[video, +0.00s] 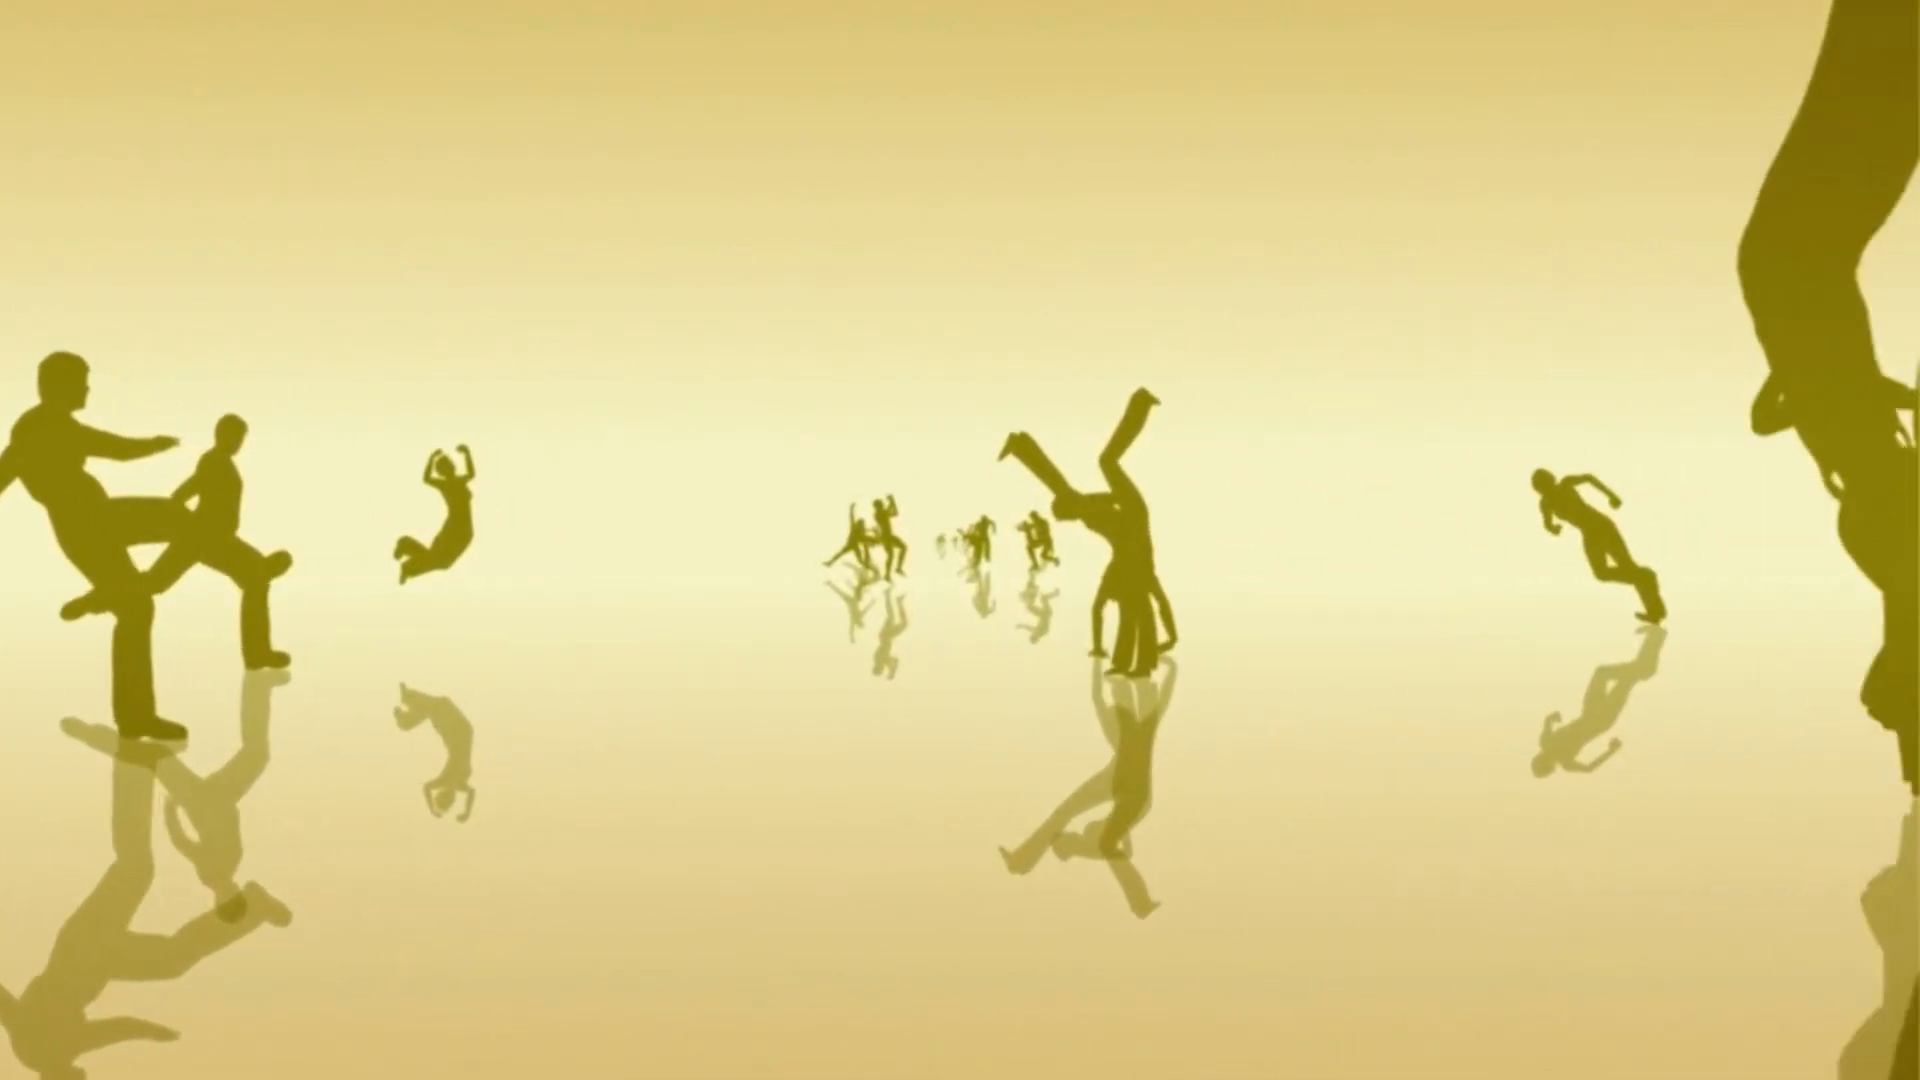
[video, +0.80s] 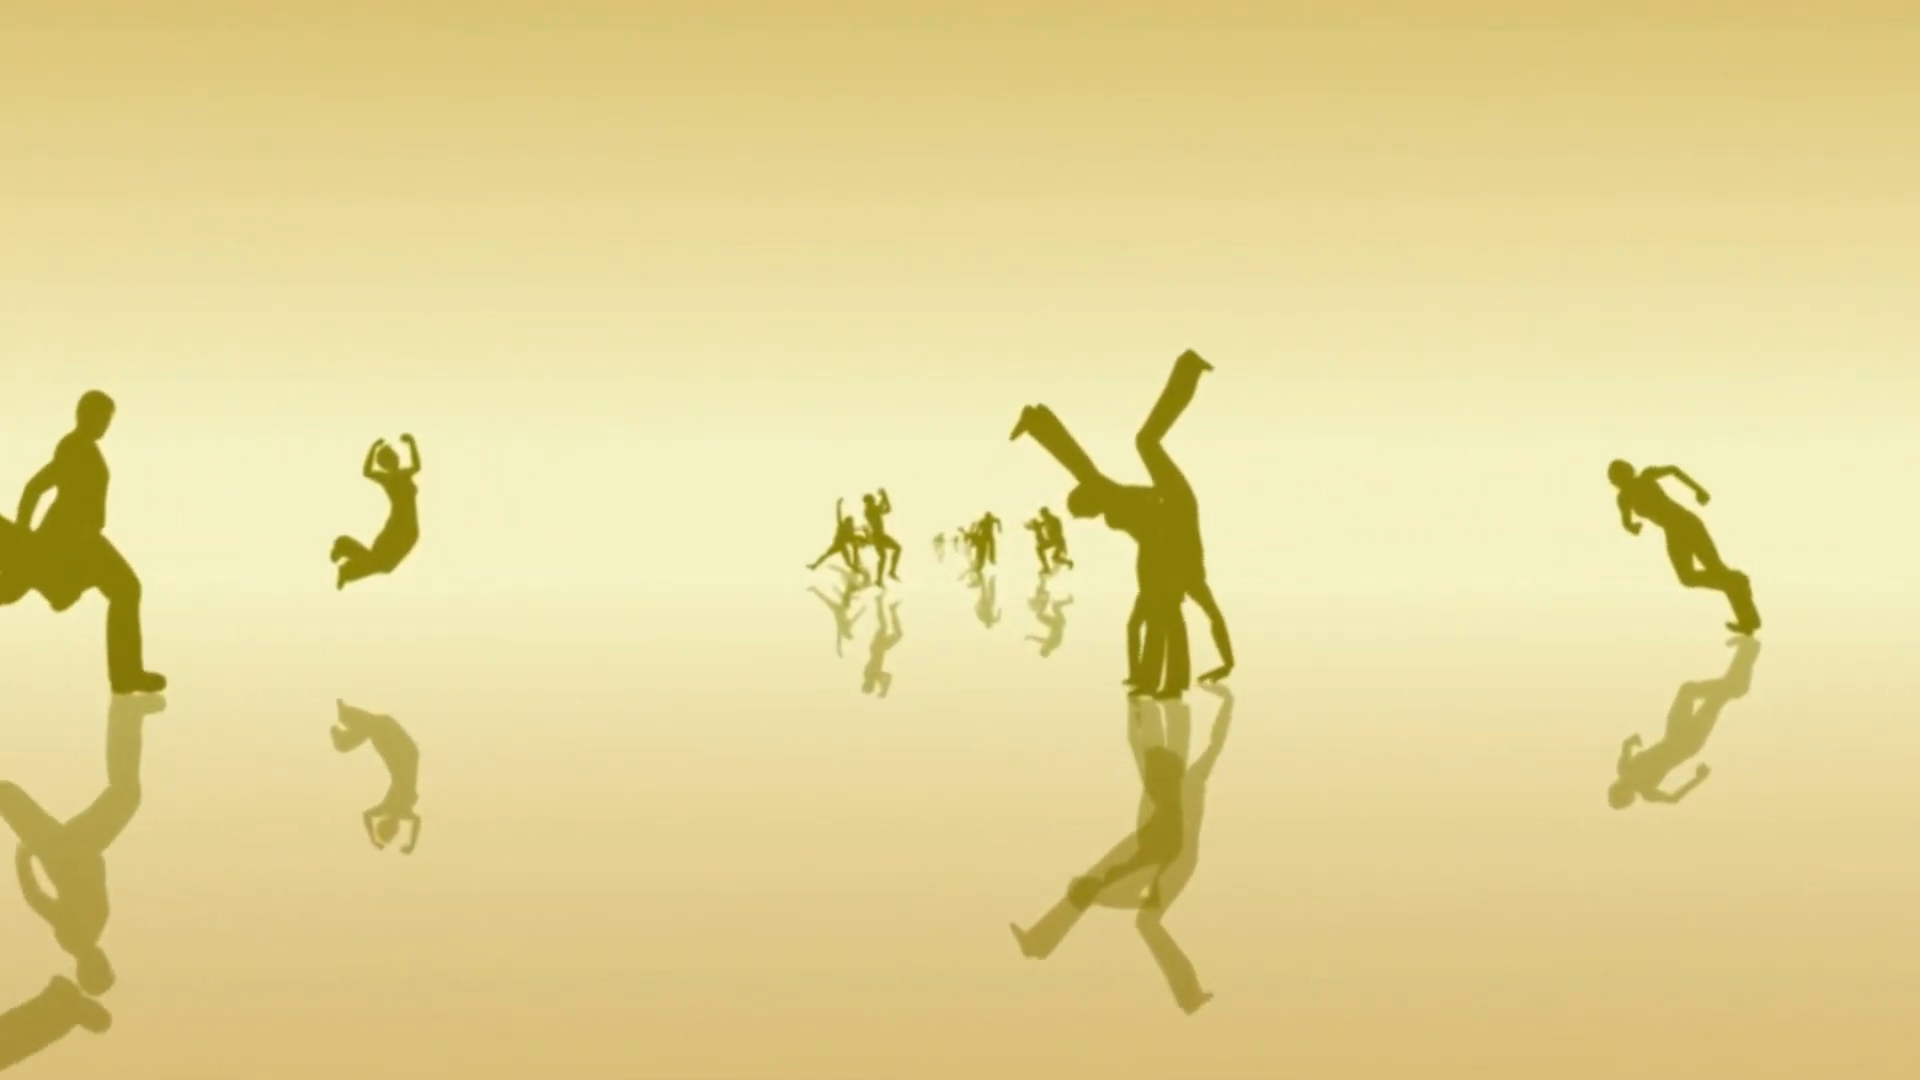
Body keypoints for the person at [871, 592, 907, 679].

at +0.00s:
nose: (880, 672)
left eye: (878, 672)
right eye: (879, 672)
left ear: (876, 668)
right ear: (878, 669)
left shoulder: (880, 658)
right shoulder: (883, 659)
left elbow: (894, 661)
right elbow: (894, 661)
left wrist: (891, 673)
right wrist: (891, 673)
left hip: (884, 634)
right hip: (889, 635)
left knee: (891, 617)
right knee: (903, 625)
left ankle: (887, 595)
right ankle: (900, 602)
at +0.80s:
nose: (870, 690)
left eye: (869, 689)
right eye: (869, 690)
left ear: (867, 685)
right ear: (868, 685)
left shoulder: (871, 673)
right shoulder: (874, 675)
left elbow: (887, 676)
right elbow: (887, 677)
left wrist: (883, 691)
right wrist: (884, 691)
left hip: (876, 646)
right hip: (882, 647)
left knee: (883, 626)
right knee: (898, 635)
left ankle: (879, 601)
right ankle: (893, 610)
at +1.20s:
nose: (864, 699)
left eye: (863, 699)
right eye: (864, 700)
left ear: (860, 693)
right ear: (863, 694)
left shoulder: (864, 682)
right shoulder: (870, 684)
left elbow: (882, 685)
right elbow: (882, 686)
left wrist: (879, 700)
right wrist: (879, 700)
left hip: (870, 654)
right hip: (877, 654)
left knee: (878, 632)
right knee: (895, 641)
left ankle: (874, 605)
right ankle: (889, 615)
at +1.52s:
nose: (862, 707)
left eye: (860, 707)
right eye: (860, 707)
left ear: (857, 701)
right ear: (859, 702)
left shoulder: (860, 689)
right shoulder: (866, 691)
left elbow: (879, 693)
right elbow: (879, 693)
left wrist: (876, 708)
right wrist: (876, 708)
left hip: (867, 660)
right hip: (874, 660)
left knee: (874, 636)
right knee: (892, 645)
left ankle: (870, 608)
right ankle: (886, 618)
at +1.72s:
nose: (858, 713)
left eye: (856, 713)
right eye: (857, 714)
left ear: (853, 707)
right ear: (856, 708)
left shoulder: (856, 694)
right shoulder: (863, 696)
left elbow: (876, 698)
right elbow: (876, 699)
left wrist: (873, 714)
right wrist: (873, 714)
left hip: (863, 664)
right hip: (871, 665)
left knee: (871, 640)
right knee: (890, 650)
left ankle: (867, 611)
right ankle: (884, 622)